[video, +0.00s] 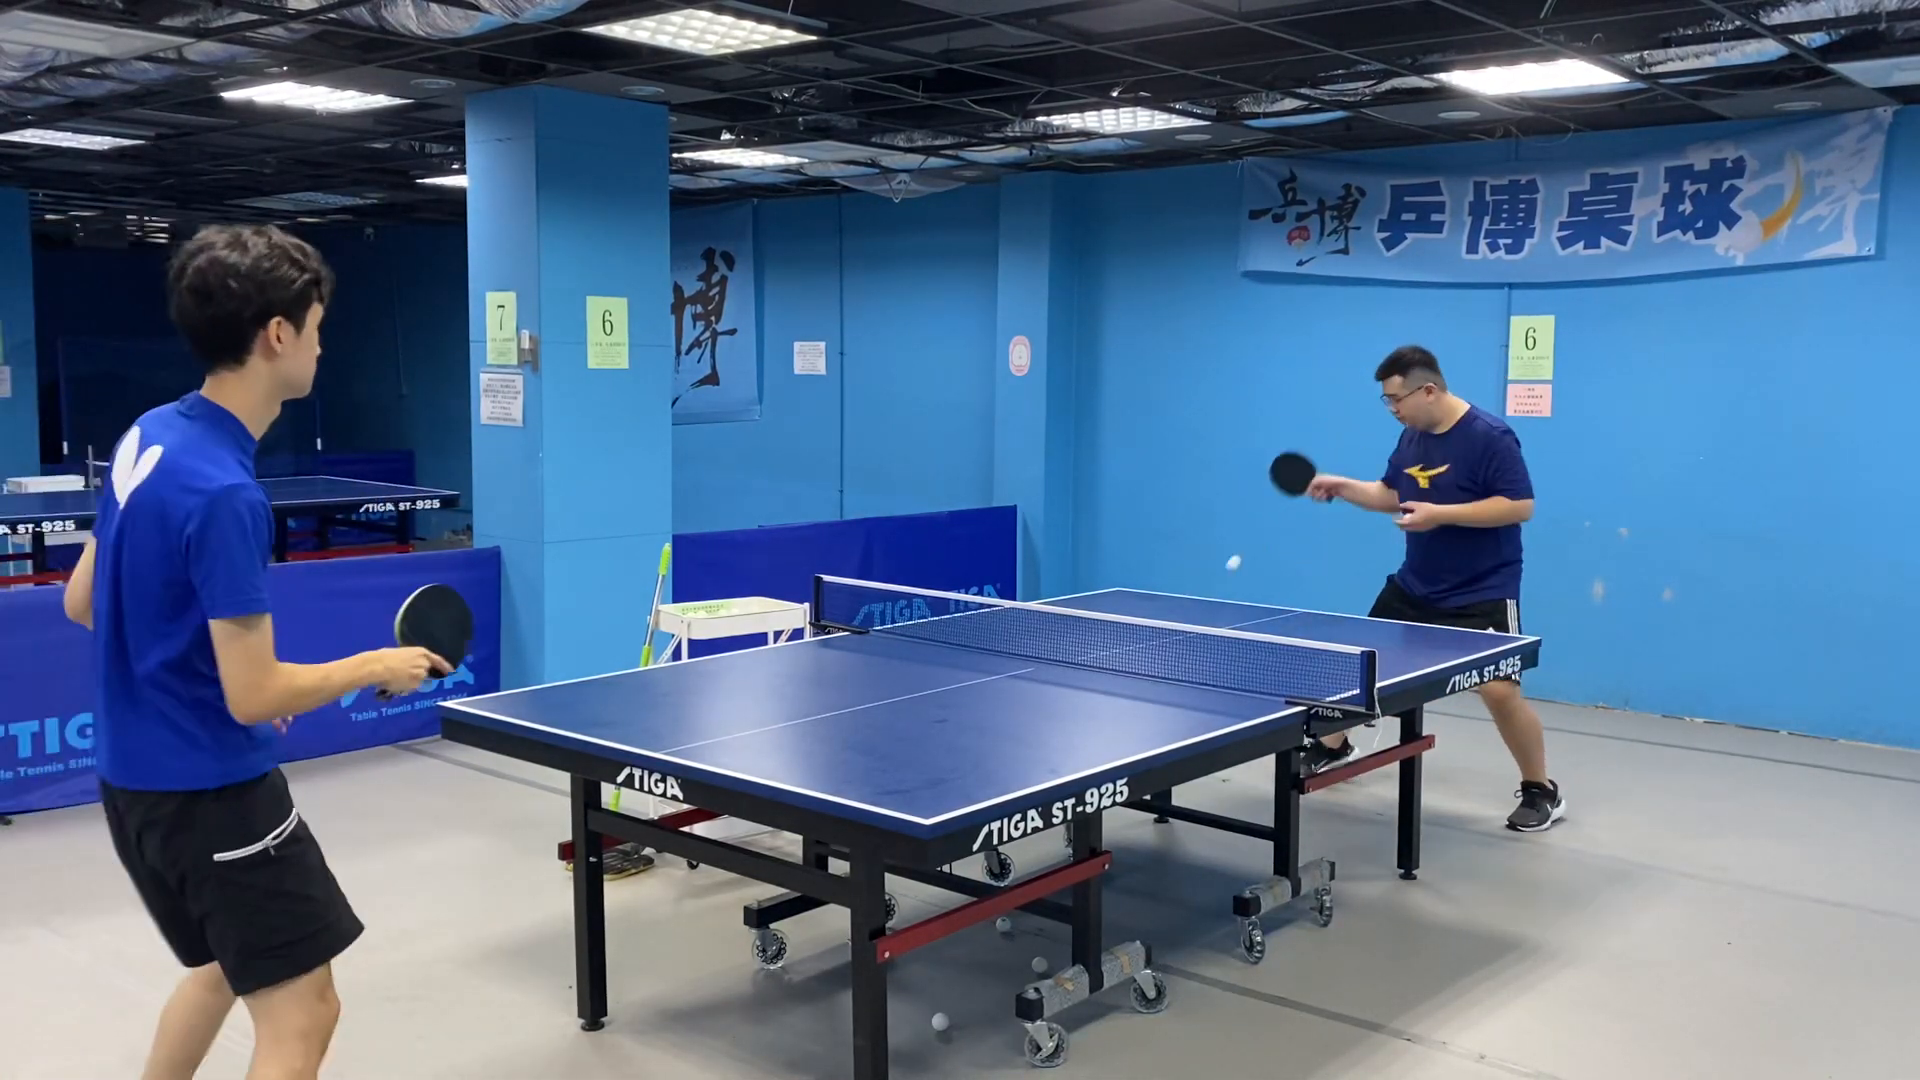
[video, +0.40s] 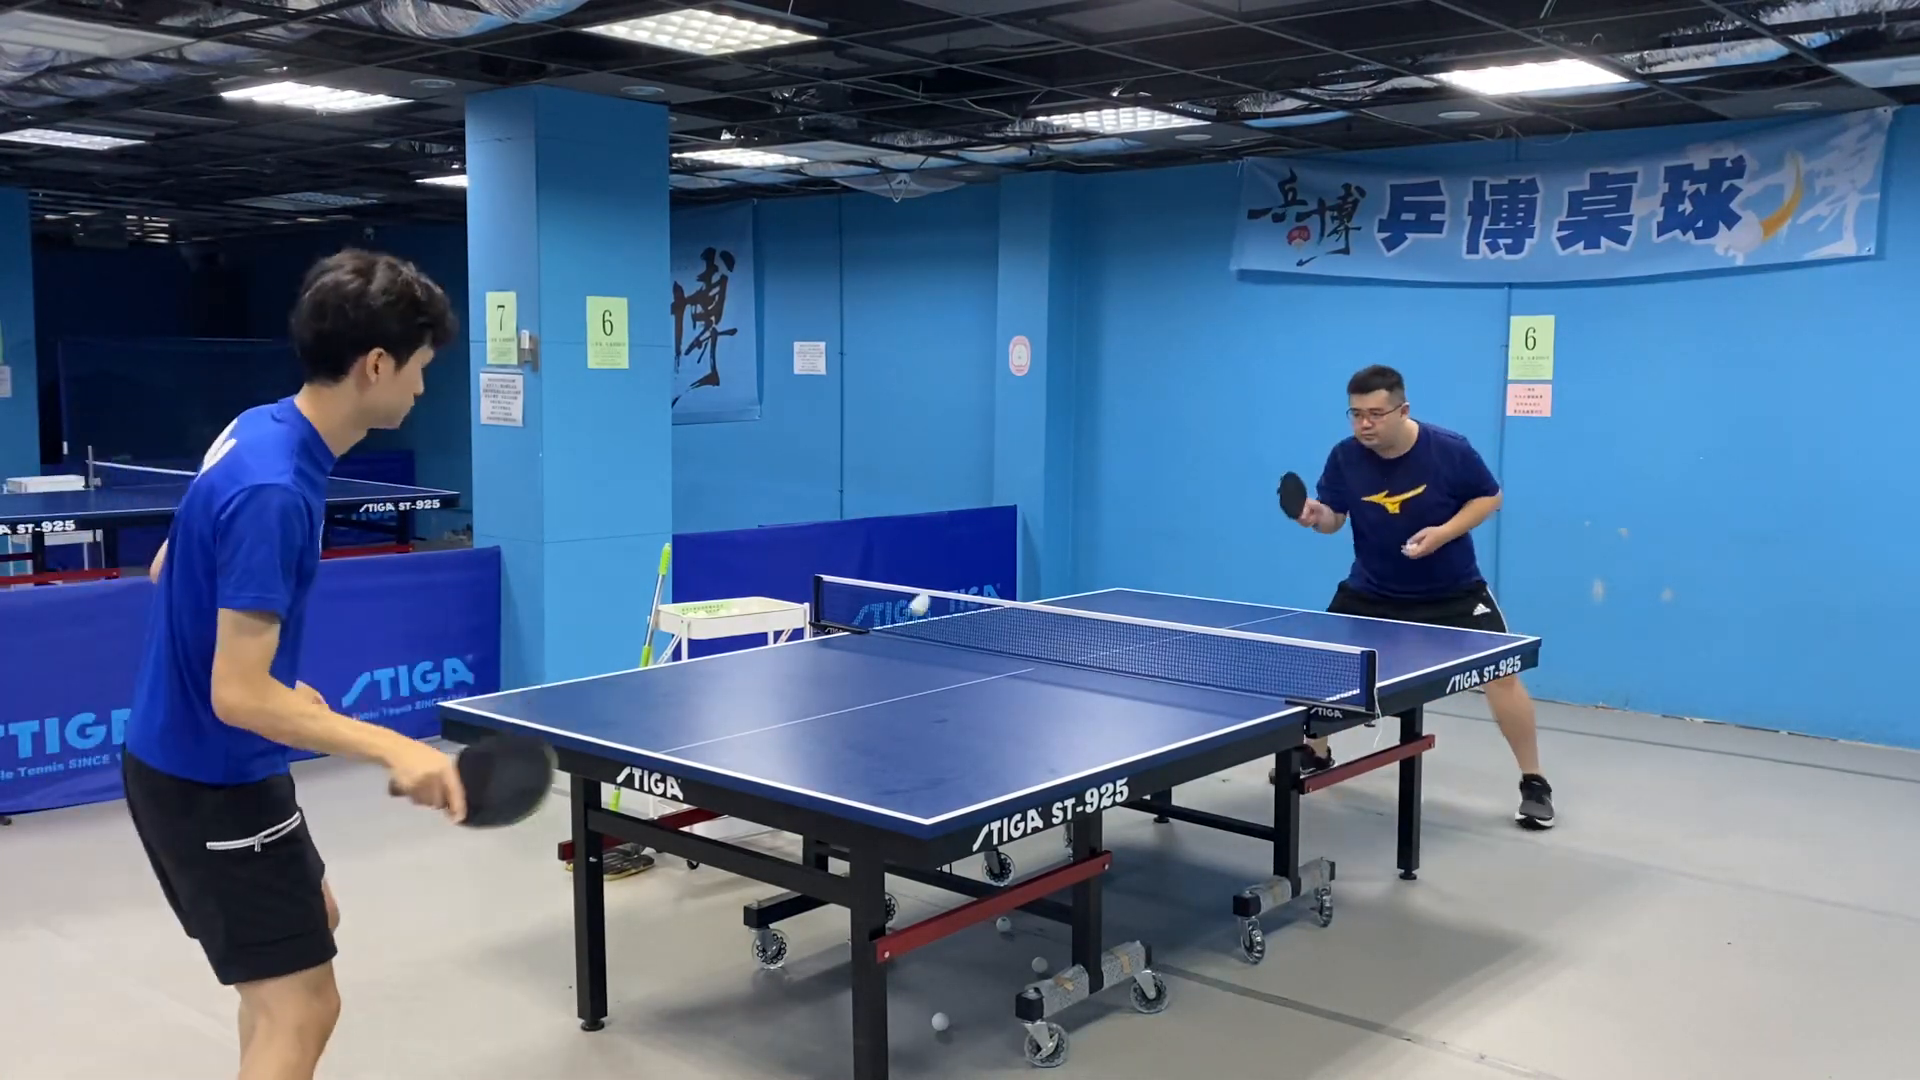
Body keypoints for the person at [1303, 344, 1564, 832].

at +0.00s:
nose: (1392, 411)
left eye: (1396, 400)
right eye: (1388, 402)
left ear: (1430, 390)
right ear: (1420, 394)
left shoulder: (1491, 436)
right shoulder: (1411, 440)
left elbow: (1521, 506)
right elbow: (1392, 496)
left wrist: (1441, 514)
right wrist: (1343, 487)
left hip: (1483, 595)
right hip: (1414, 587)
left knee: (1497, 689)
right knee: (1353, 663)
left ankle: (1539, 789)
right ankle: (1331, 745)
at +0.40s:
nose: (1363, 425)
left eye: (1373, 415)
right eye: (1356, 415)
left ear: (1402, 410)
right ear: (1350, 413)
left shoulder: (1449, 451)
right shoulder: (1346, 458)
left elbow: (1490, 497)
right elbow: (1335, 520)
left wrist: (1444, 532)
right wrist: (1320, 516)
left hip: (1453, 595)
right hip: (1370, 594)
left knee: (1500, 673)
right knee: (1313, 660)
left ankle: (1533, 781)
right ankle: (1315, 751)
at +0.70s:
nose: (1344, 420)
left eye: (1354, 410)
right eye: (1337, 411)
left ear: (1381, 408)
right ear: (1331, 414)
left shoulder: (1433, 447)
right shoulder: (1334, 463)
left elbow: (1480, 490)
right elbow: (1326, 519)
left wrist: (1439, 528)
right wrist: (1293, 539)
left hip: (1449, 594)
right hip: (1370, 593)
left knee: (1492, 675)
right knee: (1315, 659)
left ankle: (1525, 780)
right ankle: (1315, 752)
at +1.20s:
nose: (1319, 420)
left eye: (1323, 408)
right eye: (1315, 412)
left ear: (1356, 397)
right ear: (1344, 404)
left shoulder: (1410, 434)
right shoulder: (1342, 452)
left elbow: (1441, 497)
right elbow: (1339, 510)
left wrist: (1370, 474)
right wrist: (1283, 509)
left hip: (1431, 590)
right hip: (1359, 587)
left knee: (1475, 681)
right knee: (1301, 658)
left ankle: (1524, 777)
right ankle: (1315, 750)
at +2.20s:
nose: (1339, 419)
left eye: (1344, 407)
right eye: (1334, 411)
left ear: (1376, 398)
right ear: (1368, 404)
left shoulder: (1430, 437)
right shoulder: (1373, 450)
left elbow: (1451, 500)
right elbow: (1385, 509)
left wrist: (1379, 475)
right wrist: (1340, 519)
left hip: (1452, 593)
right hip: (1385, 588)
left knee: (1485, 693)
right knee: (1324, 656)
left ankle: (1525, 781)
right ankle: (1339, 750)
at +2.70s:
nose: (1350, 415)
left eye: (1359, 405)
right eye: (1343, 407)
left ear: (1387, 400)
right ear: (1337, 407)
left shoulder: (1432, 450)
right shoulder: (1334, 452)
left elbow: (1468, 509)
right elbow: (1305, 511)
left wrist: (1422, 514)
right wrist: (1328, 495)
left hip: (1421, 597)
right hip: (1342, 594)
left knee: (1471, 676)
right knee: (1288, 660)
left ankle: (1511, 777)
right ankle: (1275, 745)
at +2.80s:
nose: (1356, 405)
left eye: (1365, 395)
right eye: (1348, 397)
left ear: (1394, 389)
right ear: (1344, 398)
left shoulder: (1443, 438)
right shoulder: (1349, 444)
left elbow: (1480, 496)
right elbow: (1334, 508)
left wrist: (1420, 514)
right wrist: (1324, 503)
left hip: (1441, 592)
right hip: (1363, 589)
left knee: (1485, 676)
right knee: (1304, 658)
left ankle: (1514, 780)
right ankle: (1280, 745)